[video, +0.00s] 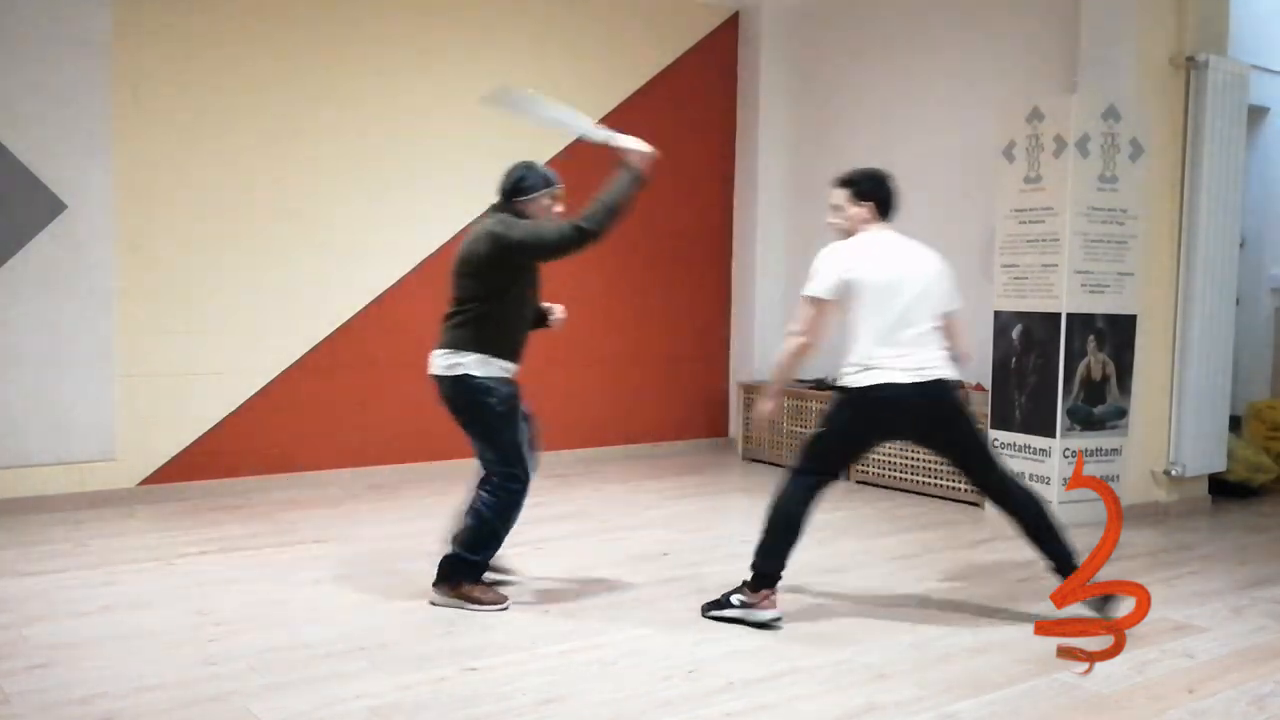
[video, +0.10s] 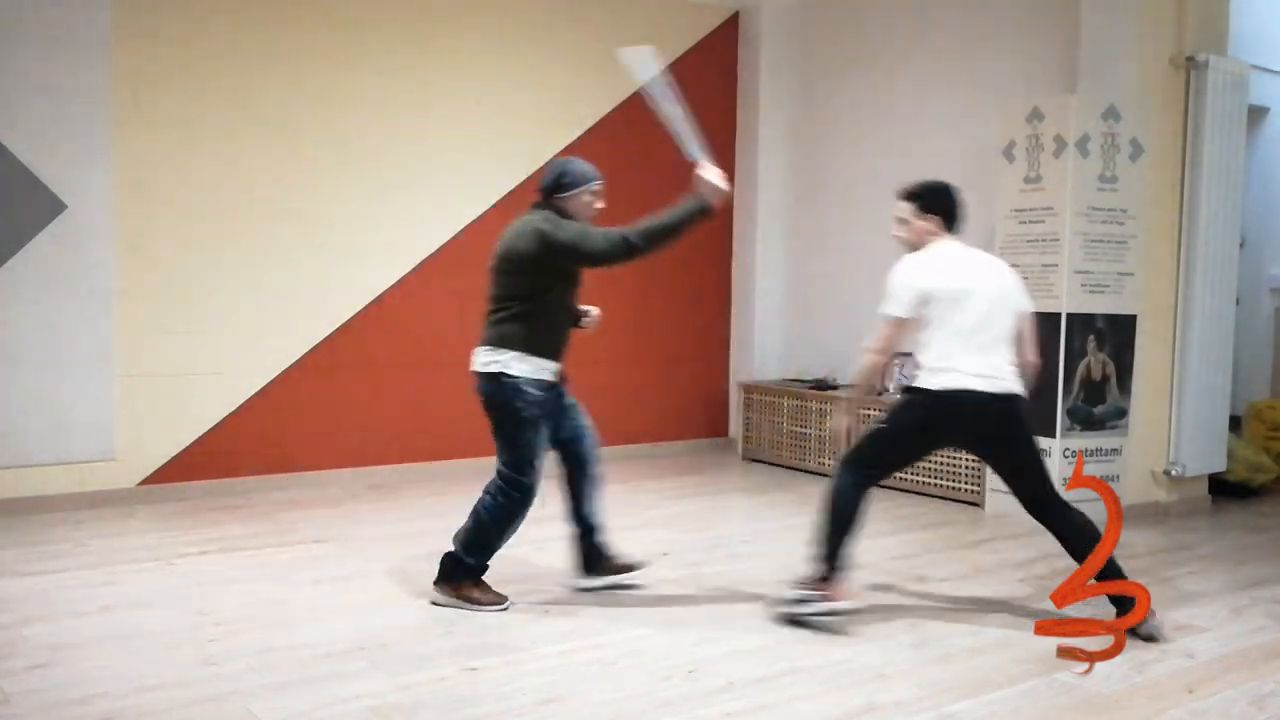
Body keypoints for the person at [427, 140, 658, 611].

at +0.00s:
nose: (559, 209)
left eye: (557, 200)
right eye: (551, 201)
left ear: (519, 198)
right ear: (527, 202)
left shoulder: (498, 230)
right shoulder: (502, 233)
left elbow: (491, 304)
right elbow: (580, 231)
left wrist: (537, 314)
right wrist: (632, 172)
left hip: (478, 370)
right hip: (473, 374)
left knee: (518, 451)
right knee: (509, 475)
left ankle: (469, 548)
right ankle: (458, 577)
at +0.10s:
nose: (599, 206)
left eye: (599, 196)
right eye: (591, 196)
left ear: (560, 196)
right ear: (564, 196)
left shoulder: (536, 230)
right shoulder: (544, 231)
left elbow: (527, 298)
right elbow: (622, 245)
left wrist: (573, 315)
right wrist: (700, 203)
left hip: (536, 377)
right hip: (510, 377)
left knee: (579, 448)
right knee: (517, 481)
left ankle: (592, 556)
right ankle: (458, 573)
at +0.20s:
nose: (638, 203)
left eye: (637, 194)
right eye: (630, 194)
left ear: (599, 198)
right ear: (602, 196)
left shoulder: (575, 232)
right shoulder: (590, 236)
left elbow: (568, 300)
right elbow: (671, 257)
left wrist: (612, 316)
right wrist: (752, 237)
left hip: (586, 385)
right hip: (562, 385)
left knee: (632, 467)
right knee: (542, 479)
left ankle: (670, 557)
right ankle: (466, 562)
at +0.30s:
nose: (679, 206)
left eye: (679, 197)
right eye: (670, 197)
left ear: (646, 202)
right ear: (643, 201)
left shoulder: (617, 238)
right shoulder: (635, 242)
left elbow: (617, 305)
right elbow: (716, 274)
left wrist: (663, 325)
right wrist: (804, 271)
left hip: (639, 387)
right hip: (614, 387)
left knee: (682, 459)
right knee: (612, 485)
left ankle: (687, 565)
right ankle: (516, 544)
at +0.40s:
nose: (722, 206)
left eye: (722, 196)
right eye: (714, 196)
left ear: (686, 202)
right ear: (686, 199)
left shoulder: (658, 238)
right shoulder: (678, 241)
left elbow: (665, 318)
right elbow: (758, 286)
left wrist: (714, 331)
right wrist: (843, 303)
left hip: (668, 378)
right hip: (652, 378)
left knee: (713, 456)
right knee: (687, 475)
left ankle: (688, 567)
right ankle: (592, 540)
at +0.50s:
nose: (762, 203)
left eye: (761, 193)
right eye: (755, 193)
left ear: (721, 198)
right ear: (730, 196)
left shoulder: (694, 233)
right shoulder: (718, 238)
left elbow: (703, 309)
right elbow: (791, 297)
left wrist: (753, 320)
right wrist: (868, 338)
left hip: (676, 369)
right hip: (690, 372)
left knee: (725, 466)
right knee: (740, 465)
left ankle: (691, 562)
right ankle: (687, 566)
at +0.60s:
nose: (800, 202)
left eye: (800, 192)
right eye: (793, 192)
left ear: (758, 196)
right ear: (766, 194)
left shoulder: (730, 231)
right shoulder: (759, 245)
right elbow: (813, 319)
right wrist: (876, 372)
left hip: (703, 371)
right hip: (728, 374)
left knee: (740, 470)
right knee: (784, 466)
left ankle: (690, 564)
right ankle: (799, 587)